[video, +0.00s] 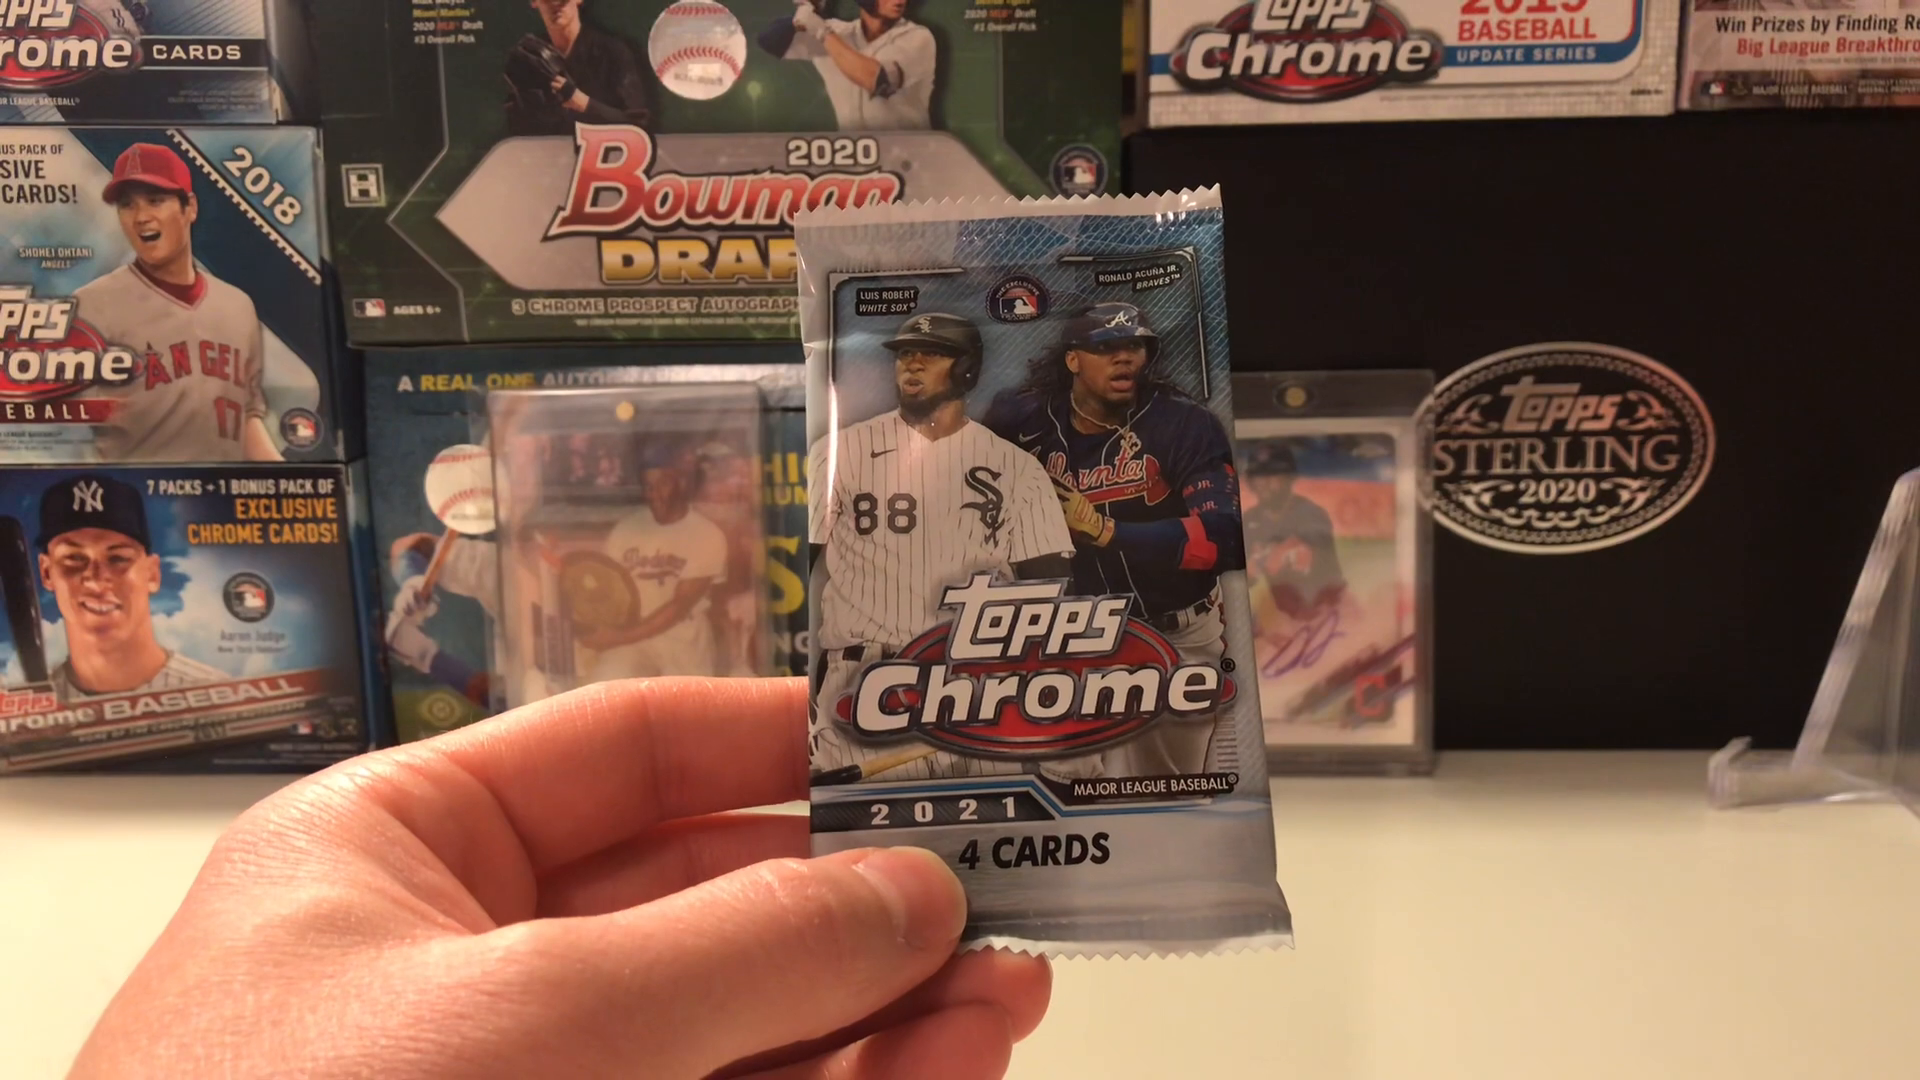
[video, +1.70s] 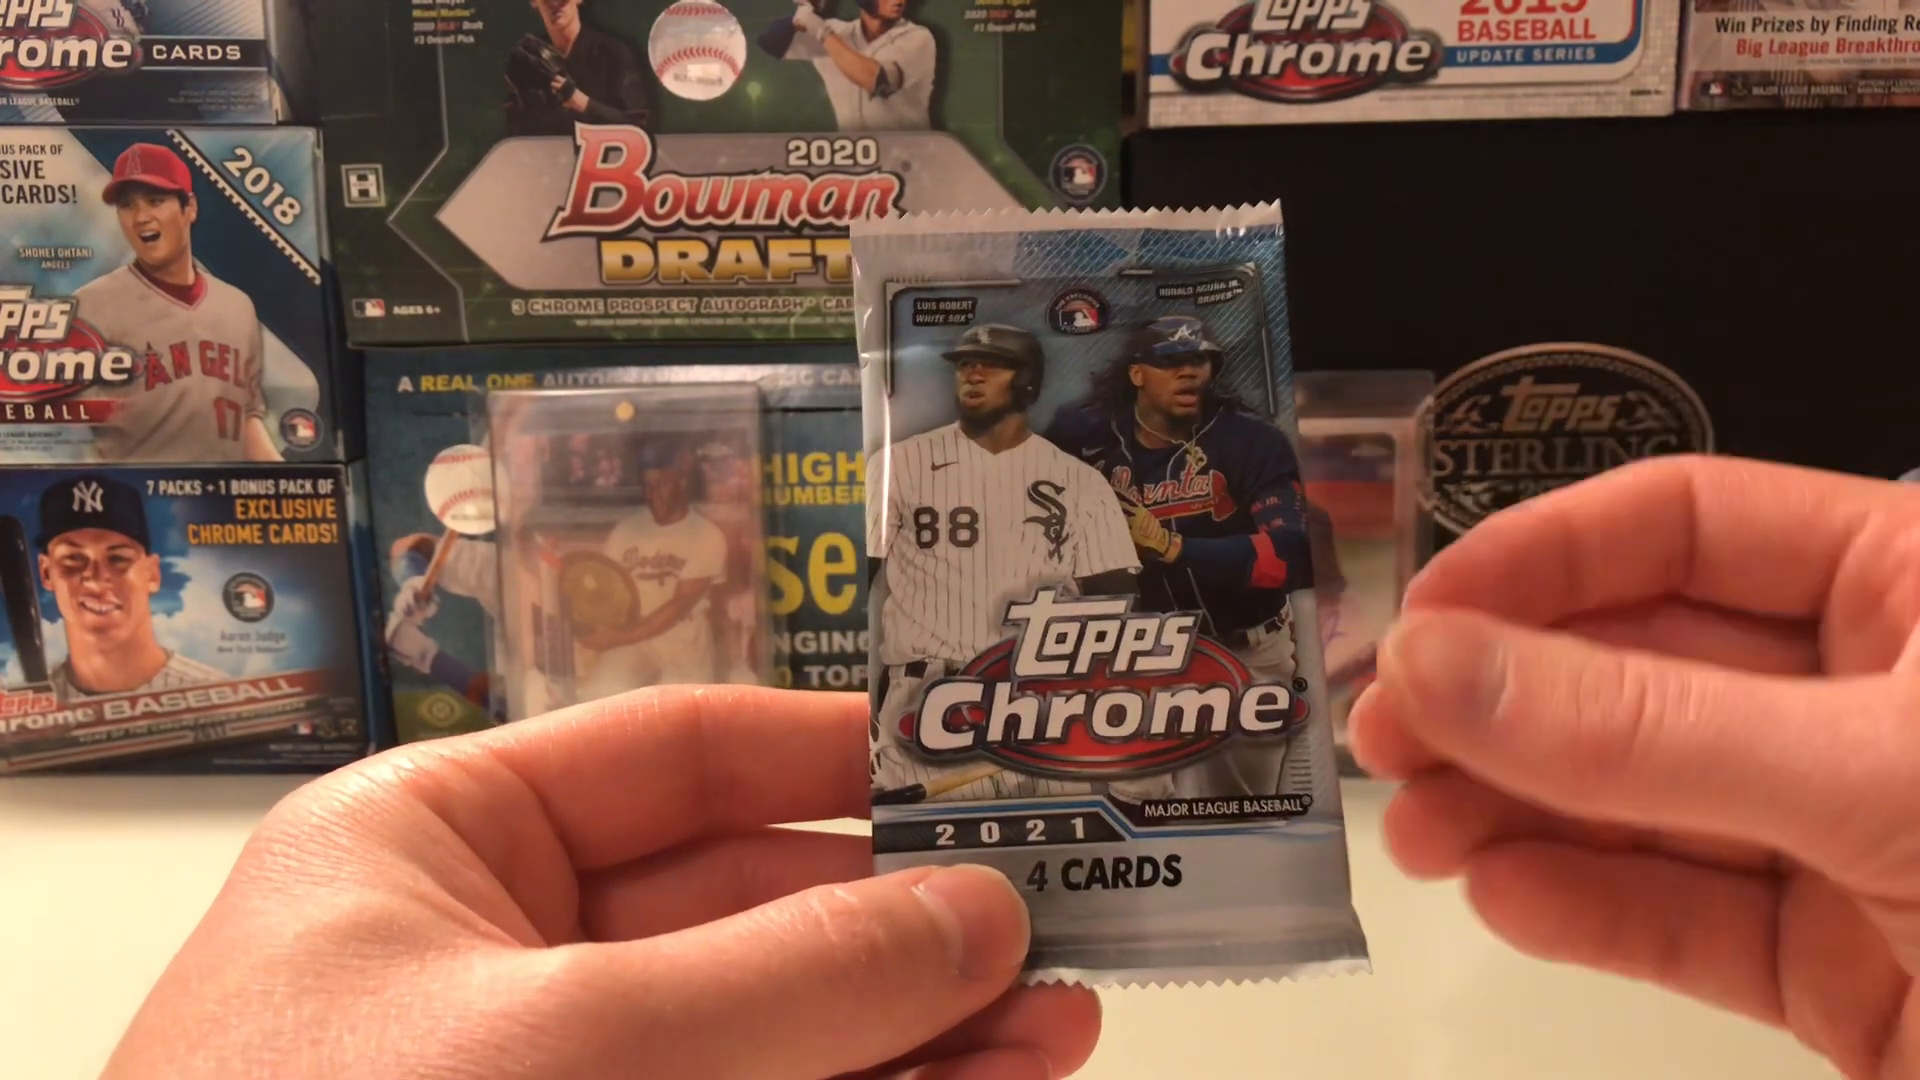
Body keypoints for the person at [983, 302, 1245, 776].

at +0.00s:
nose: (1126, 358)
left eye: (1135, 346)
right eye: (1108, 348)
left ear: (1148, 355)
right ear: (1073, 360)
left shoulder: (1187, 427)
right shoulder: (1020, 421)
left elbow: (1223, 540)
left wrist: (1107, 531)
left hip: (1178, 630)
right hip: (1068, 633)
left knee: (1172, 799)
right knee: (1072, 793)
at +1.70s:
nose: (1191, 372)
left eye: (1199, 360)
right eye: (1172, 361)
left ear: (1212, 369)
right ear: (1137, 374)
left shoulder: (1253, 443)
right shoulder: (1086, 437)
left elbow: (1287, 557)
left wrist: (1172, 546)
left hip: (1249, 648)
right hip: (1136, 651)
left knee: (1247, 814)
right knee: (1139, 812)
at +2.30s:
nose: (1243, 377)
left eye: (1252, 364)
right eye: (1225, 365)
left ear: (1265, 372)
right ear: (1187, 375)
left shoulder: (1306, 452)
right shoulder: (1137, 446)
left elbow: (1336, 575)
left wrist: (1221, 557)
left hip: (1300, 669)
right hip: (1189, 673)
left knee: (1299, 842)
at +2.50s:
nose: (1242, 379)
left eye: (1251, 366)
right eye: (1225, 367)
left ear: (1265, 375)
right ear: (1187, 377)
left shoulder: (1307, 455)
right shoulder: (1136, 443)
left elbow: (1336, 575)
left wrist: (1219, 558)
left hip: (1298, 669)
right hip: (1185, 671)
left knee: (1294, 838)